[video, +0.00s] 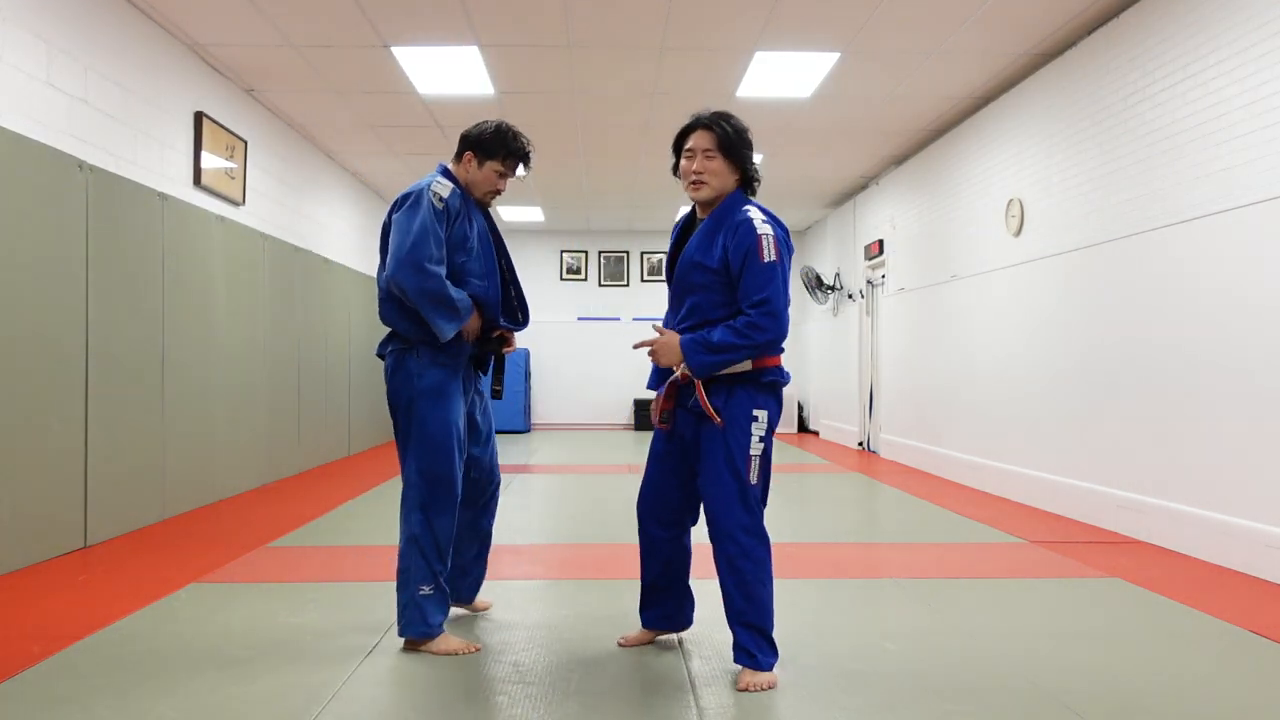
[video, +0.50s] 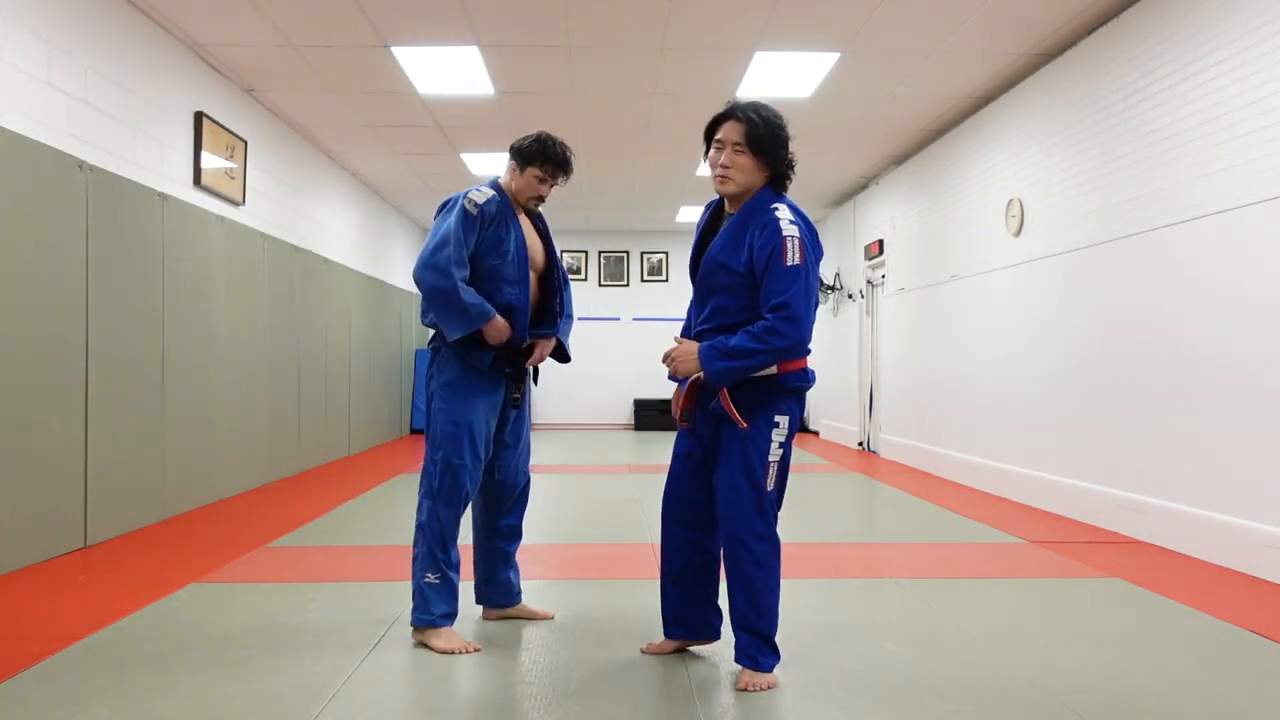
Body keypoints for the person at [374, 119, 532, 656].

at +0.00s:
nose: (504, 187)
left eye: (509, 178)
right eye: (500, 175)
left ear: (480, 168)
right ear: (469, 160)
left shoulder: (473, 213)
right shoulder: (429, 198)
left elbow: (479, 285)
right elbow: (410, 273)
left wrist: (496, 326)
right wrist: (463, 314)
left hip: (464, 367)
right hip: (426, 367)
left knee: (480, 479)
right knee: (434, 488)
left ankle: (456, 587)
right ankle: (420, 627)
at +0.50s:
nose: (546, 190)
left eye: (553, 183)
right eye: (542, 178)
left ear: (551, 183)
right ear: (517, 167)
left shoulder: (535, 223)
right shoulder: (474, 204)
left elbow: (556, 287)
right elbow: (434, 271)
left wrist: (549, 333)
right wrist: (484, 317)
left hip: (512, 374)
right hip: (464, 368)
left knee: (506, 488)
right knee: (449, 488)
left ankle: (500, 599)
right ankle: (431, 620)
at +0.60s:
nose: (550, 189)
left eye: (558, 182)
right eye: (545, 178)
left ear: (559, 184)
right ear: (520, 168)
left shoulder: (541, 225)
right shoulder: (476, 208)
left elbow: (566, 284)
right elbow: (443, 278)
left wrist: (551, 332)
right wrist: (487, 332)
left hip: (516, 373)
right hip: (468, 369)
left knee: (510, 487)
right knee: (454, 486)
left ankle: (502, 599)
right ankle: (438, 616)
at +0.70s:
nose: (553, 188)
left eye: (560, 181)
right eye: (547, 177)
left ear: (561, 184)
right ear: (522, 168)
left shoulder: (545, 227)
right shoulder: (476, 216)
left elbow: (573, 279)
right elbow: (458, 287)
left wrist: (555, 321)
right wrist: (494, 350)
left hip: (521, 369)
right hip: (472, 365)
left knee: (513, 484)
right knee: (456, 483)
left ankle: (502, 599)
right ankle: (439, 613)